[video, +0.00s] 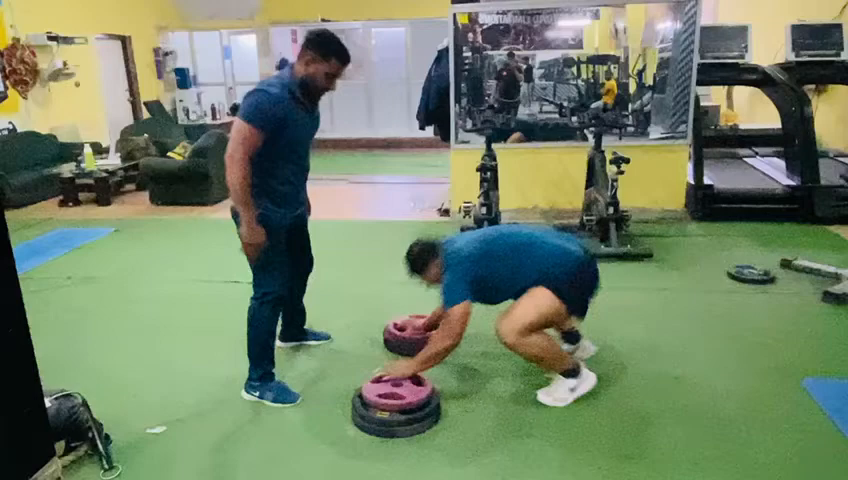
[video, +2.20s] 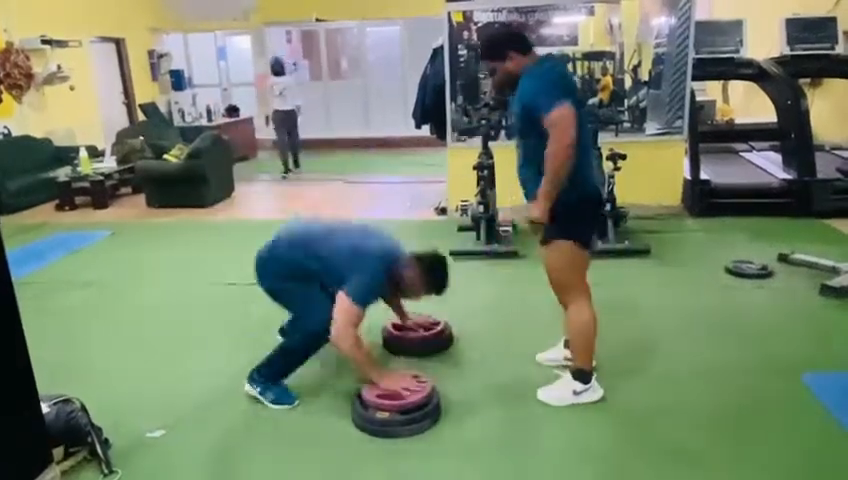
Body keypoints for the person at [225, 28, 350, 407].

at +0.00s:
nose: (333, 84)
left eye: (337, 77)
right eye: (329, 75)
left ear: (316, 66)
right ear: (307, 61)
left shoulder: (307, 100)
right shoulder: (267, 98)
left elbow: (291, 157)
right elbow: (236, 156)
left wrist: (299, 201)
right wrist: (248, 221)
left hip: (294, 212)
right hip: (263, 215)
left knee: (299, 269)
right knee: (270, 291)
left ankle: (293, 330)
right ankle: (259, 379)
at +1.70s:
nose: (345, 116)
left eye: (349, 111)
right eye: (344, 109)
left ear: (331, 97)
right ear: (325, 94)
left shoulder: (316, 122)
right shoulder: (280, 118)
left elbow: (301, 167)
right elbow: (258, 184)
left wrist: (308, 206)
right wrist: (283, 235)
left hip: (276, 207)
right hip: (242, 211)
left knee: (301, 261)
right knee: (272, 285)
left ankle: (291, 328)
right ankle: (257, 379)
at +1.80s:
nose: (360, 157)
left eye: (364, 151)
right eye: (360, 149)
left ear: (344, 135)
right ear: (343, 134)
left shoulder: (325, 154)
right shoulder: (299, 157)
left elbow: (323, 199)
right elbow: (283, 226)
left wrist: (337, 243)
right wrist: (316, 282)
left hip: (272, 222)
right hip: (241, 230)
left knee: (314, 266)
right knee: (288, 296)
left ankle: (294, 330)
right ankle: (258, 382)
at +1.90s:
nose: (371, 199)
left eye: (375, 193)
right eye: (371, 191)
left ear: (355, 176)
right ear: (357, 180)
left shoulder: (336, 196)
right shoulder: (313, 201)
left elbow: (351, 239)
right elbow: (312, 273)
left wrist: (373, 278)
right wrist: (346, 323)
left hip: (273, 251)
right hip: (246, 261)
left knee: (328, 275)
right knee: (299, 311)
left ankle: (298, 331)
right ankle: (258, 384)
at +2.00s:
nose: (382, 239)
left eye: (387, 234)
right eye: (383, 231)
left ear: (370, 214)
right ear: (370, 218)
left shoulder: (352, 223)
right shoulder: (327, 236)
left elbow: (371, 267)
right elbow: (335, 314)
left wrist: (401, 307)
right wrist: (374, 354)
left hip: (283, 273)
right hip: (256, 287)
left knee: (340, 283)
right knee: (310, 325)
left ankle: (311, 335)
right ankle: (260, 384)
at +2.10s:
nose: (402, 270)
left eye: (406, 265)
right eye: (404, 264)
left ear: (393, 243)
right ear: (393, 249)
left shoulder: (373, 243)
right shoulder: (348, 255)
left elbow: (379, 283)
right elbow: (341, 328)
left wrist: (403, 317)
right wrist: (379, 376)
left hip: (290, 279)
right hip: (267, 288)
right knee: (320, 331)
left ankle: (291, 335)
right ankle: (262, 382)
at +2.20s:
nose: (415, 296)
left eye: (420, 293)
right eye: (418, 290)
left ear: (415, 264)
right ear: (413, 276)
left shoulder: (391, 252)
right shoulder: (370, 269)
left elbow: (386, 286)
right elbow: (342, 335)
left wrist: (403, 317)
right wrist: (379, 377)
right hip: (276, 265)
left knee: (333, 298)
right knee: (319, 324)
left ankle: (294, 329)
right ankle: (262, 379)